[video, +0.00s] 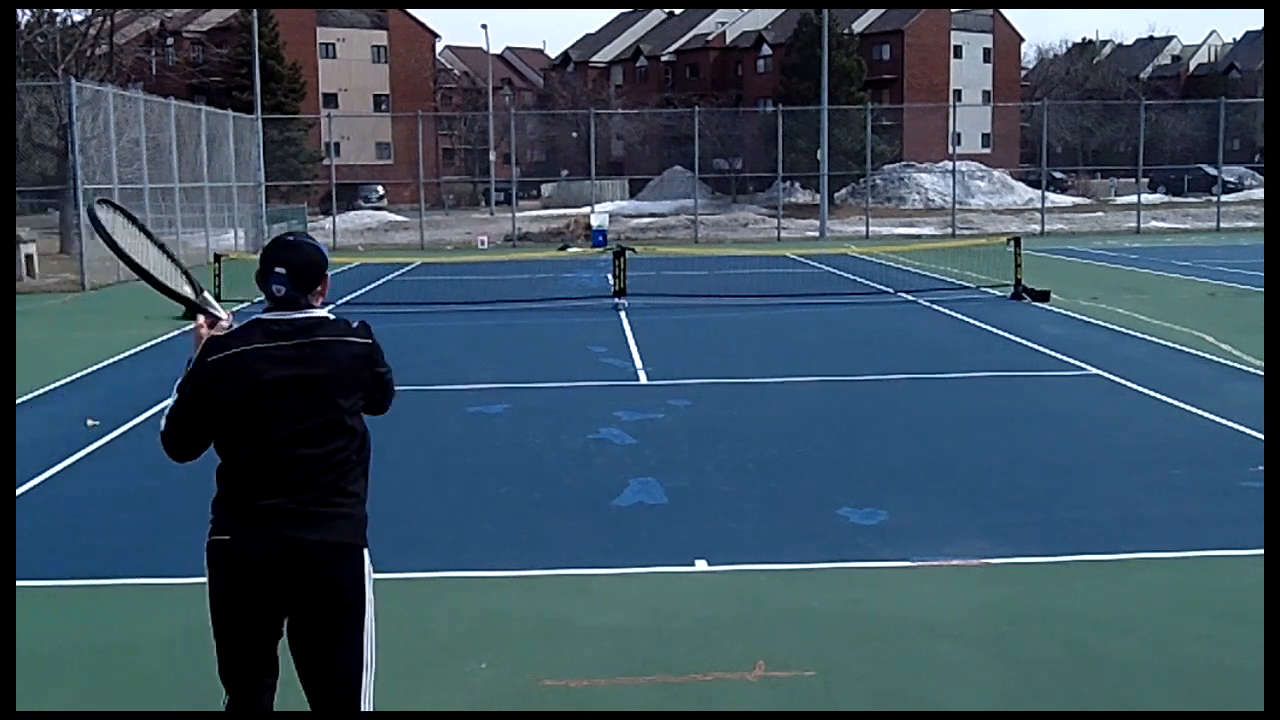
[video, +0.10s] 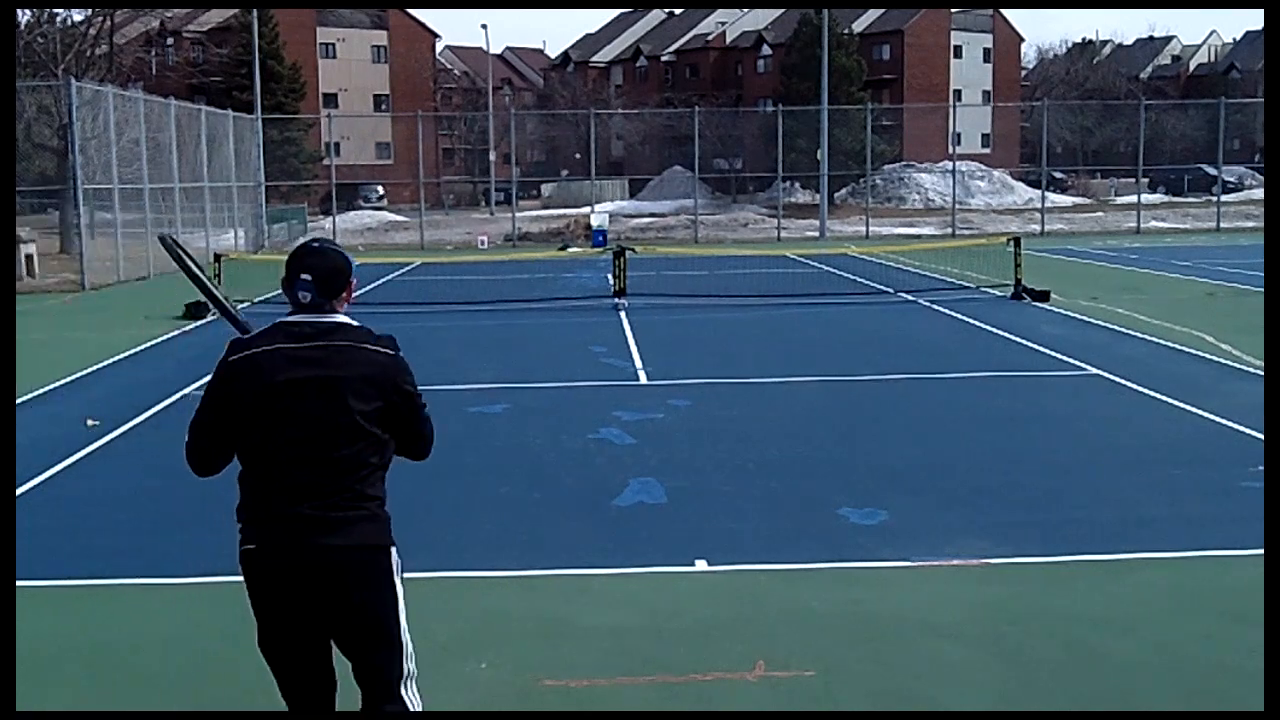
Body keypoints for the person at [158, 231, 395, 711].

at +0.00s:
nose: (329, 287)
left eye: (323, 278)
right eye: (327, 280)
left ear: (263, 288)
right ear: (322, 287)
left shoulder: (224, 351)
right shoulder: (351, 339)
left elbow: (180, 444)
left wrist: (203, 355)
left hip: (242, 551)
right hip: (332, 550)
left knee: (246, 694)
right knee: (340, 696)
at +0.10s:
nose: (353, 292)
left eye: (349, 285)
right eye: (352, 285)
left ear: (289, 293)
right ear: (347, 293)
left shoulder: (246, 356)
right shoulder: (377, 353)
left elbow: (204, 458)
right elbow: (418, 444)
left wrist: (238, 370)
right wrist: (357, 406)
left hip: (272, 558)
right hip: (360, 553)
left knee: (306, 699)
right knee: (389, 691)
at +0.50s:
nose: (470, 298)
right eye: (470, 292)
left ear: (406, 300)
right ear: (467, 299)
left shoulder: (369, 369)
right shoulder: (504, 363)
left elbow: (332, 477)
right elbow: (548, 464)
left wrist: (394, 462)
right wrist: (490, 484)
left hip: (404, 567)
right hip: (494, 563)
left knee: (371, 697)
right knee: (549, 692)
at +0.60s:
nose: (493, 316)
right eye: (494, 311)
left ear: (429, 317)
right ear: (491, 317)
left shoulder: (397, 390)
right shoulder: (525, 383)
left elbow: (365, 499)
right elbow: (573, 483)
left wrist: (421, 485)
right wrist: (515, 510)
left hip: (428, 582)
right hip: (519, 579)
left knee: (386, 703)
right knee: (566, 702)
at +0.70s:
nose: (501, 304)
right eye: (501, 299)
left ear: (440, 304)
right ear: (497, 305)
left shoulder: (401, 373)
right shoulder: (531, 369)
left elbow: (370, 477)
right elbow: (577, 468)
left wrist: (428, 477)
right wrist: (520, 499)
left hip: (422, 560)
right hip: (510, 559)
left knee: (391, 682)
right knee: (552, 692)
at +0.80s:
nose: (500, 307)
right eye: (500, 302)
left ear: (442, 309)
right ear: (497, 309)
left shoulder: (400, 371)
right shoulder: (529, 370)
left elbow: (367, 477)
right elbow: (570, 472)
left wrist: (427, 472)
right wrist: (512, 497)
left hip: (415, 559)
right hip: (500, 561)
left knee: (391, 683)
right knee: (547, 687)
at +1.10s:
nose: (474, 323)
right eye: (474, 316)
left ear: (413, 318)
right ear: (468, 322)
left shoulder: (381, 368)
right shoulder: (451, 382)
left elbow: (428, 459)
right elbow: (479, 501)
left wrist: (503, 434)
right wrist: (524, 481)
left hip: (336, 551)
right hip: (404, 559)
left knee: (349, 691)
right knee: (485, 680)